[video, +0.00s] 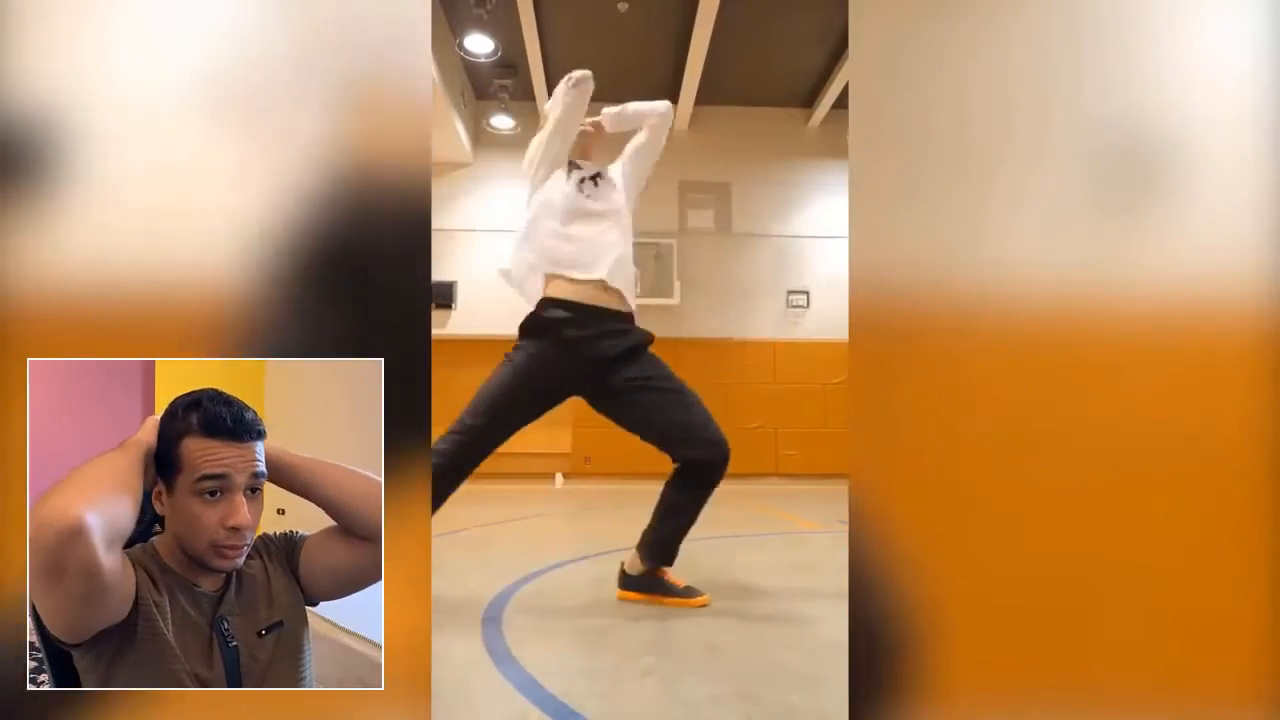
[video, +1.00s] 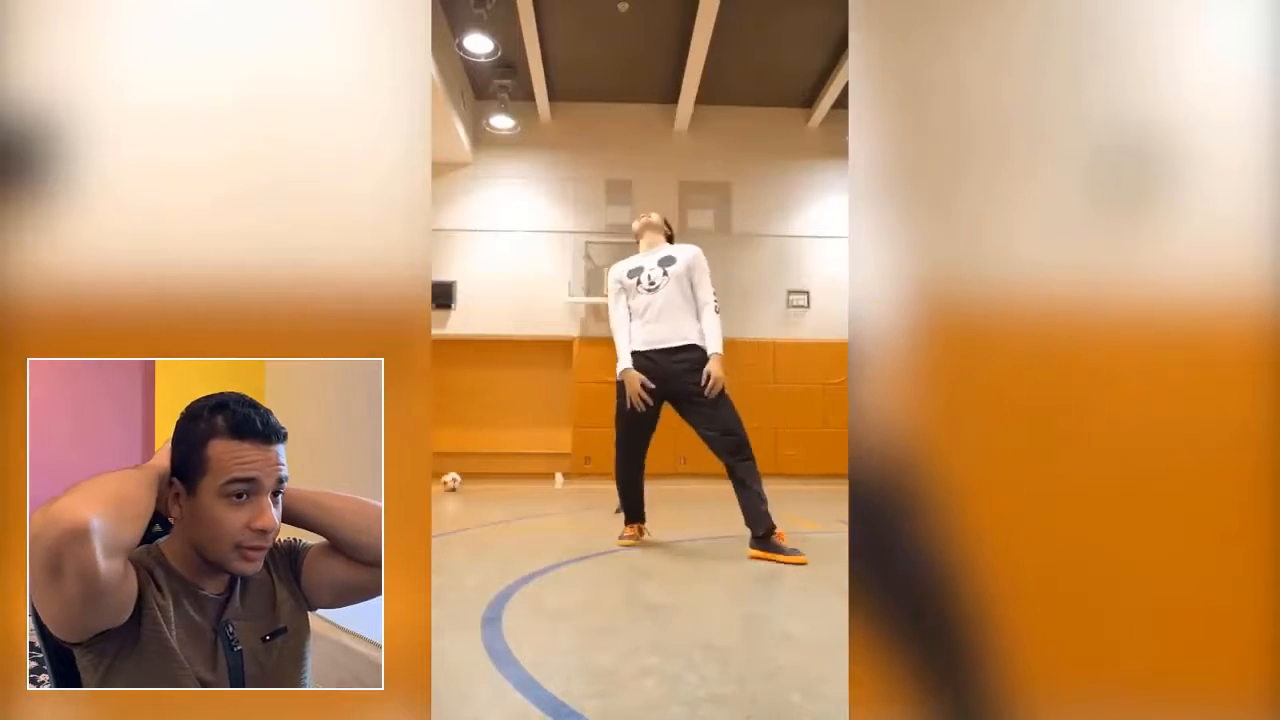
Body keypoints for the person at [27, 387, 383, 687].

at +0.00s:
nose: (241, 519)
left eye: (253, 491)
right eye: (212, 492)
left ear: (264, 490)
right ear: (160, 495)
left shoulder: (280, 568)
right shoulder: (114, 598)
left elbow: (392, 529)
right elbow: (67, 528)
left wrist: (262, 454)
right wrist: (141, 448)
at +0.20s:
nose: (242, 521)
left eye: (255, 493)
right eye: (213, 494)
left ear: (264, 492)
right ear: (162, 500)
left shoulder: (282, 571)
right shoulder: (117, 601)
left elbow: (398, 541)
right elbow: (72, 548)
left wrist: (265, 478)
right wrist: (143, 466)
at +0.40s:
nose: (250, 524)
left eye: (261, 493)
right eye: (219, 497)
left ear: (268, 493)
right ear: (168, 503)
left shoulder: (284, 571)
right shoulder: (121, 602)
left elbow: (398, 548)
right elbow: (81, 551)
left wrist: (264, 489)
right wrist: (145, 474)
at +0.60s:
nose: (257, 523)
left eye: (266, 493)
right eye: (225, 497)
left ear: (272, 494)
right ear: (171, 503)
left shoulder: (286, 574)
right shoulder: (121, 602)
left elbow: (400, 554)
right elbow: (79, 547)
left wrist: (268, 493)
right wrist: (149, 473)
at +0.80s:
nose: (261, 522)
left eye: (269, 493)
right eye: (229, 495)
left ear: (274, 494)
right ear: (173, 503)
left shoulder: (285, 574)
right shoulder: (121, 598)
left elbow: (399, 553)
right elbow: (78, 542)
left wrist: (268, 494)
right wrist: (153, 472)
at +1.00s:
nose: (267, 522)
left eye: (276, 494)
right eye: (239, 495)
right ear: (177, 501)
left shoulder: (283, 573)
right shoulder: (117, 598)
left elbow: (397, 551)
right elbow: (72, 534)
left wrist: (270, 494)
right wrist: (156, 473)